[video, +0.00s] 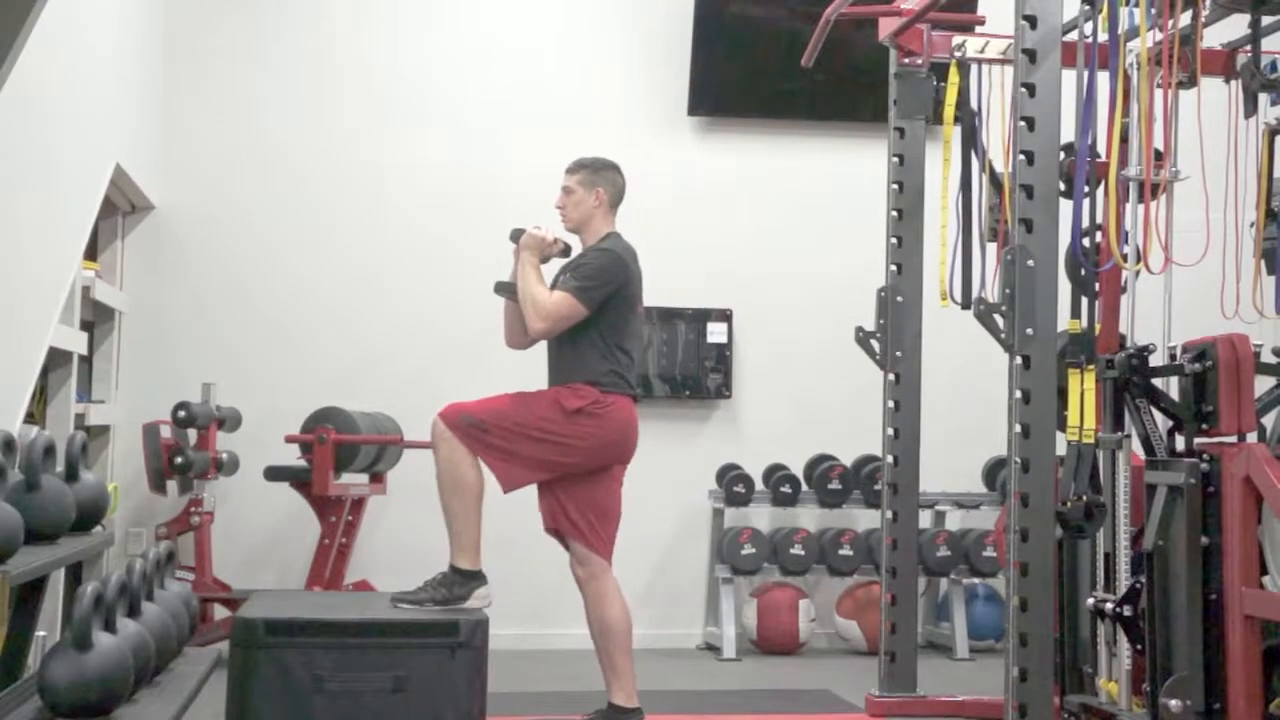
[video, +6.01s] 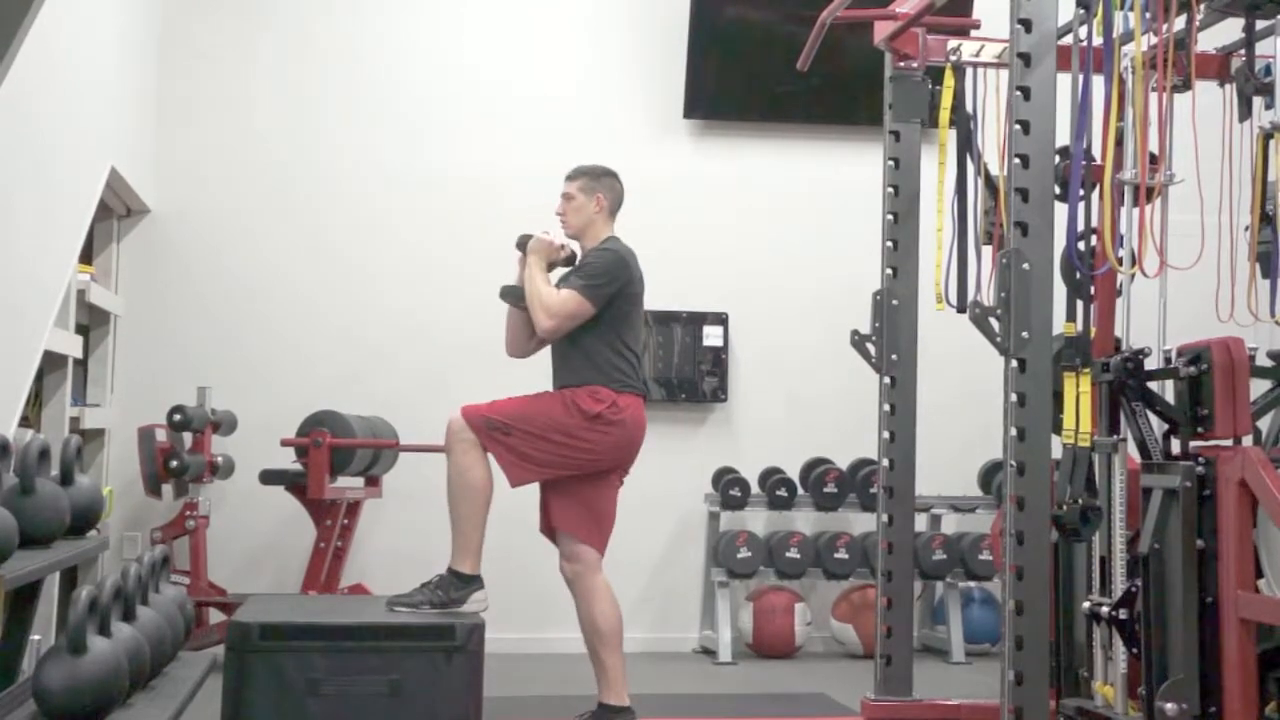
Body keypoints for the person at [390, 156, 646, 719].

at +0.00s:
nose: (558, 202)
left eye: (568, 191)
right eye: (561, 191)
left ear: (600, 198)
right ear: (596, 201)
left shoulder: (609, 256)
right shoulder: (587, 262)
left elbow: (541, 322)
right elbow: (517, 335)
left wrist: (531, 257)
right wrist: (521, 270)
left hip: (592, 410)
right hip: (603, 418)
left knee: (452, 426)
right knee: (592, 566)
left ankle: (464, 574)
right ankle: (624, 705)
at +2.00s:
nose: (448, 67)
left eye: (457, 56)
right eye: (450, 56)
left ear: (489, 58)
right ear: (490, 59)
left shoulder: (503, 118)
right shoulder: (490, 124)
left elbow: (429, 186)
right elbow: (417, 207)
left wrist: (422, 120)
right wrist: (420, 135)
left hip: (505, 290)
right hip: (495, 289)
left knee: (439, 425)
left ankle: (462, 580)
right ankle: (518, 533)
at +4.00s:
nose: (468, 150)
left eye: (477, 140)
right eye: (470, 140)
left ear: (509, 144)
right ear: (508, 144)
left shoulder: (522, 203)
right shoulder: (505, 209)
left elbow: (455, 263)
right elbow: (433, 286)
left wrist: (443, 202)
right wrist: (439, 219)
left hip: (537, 358)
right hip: (559, 363)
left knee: (420, 438)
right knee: (529, 517)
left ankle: (461, 580)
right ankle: (569, 648)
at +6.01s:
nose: (558, 208)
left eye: (569, 198)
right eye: (561, 198)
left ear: (602, 204)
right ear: (595, 207)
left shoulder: (612, 258)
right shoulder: (581, 268)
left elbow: (550, 322)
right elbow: (520, 344)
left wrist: (536, 262)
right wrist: (527, 277)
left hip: (602, 411)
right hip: (602, 418)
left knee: (466, 427)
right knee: (581, 560)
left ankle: (462, 578)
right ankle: (616, 705)